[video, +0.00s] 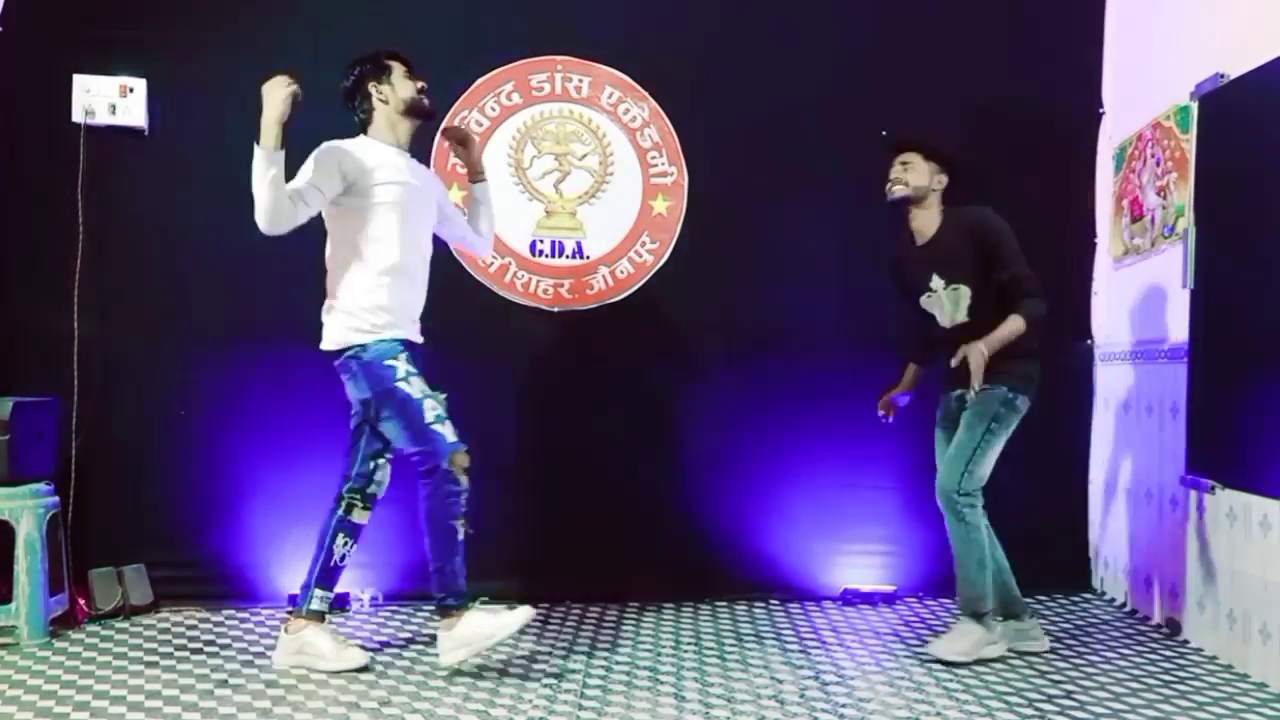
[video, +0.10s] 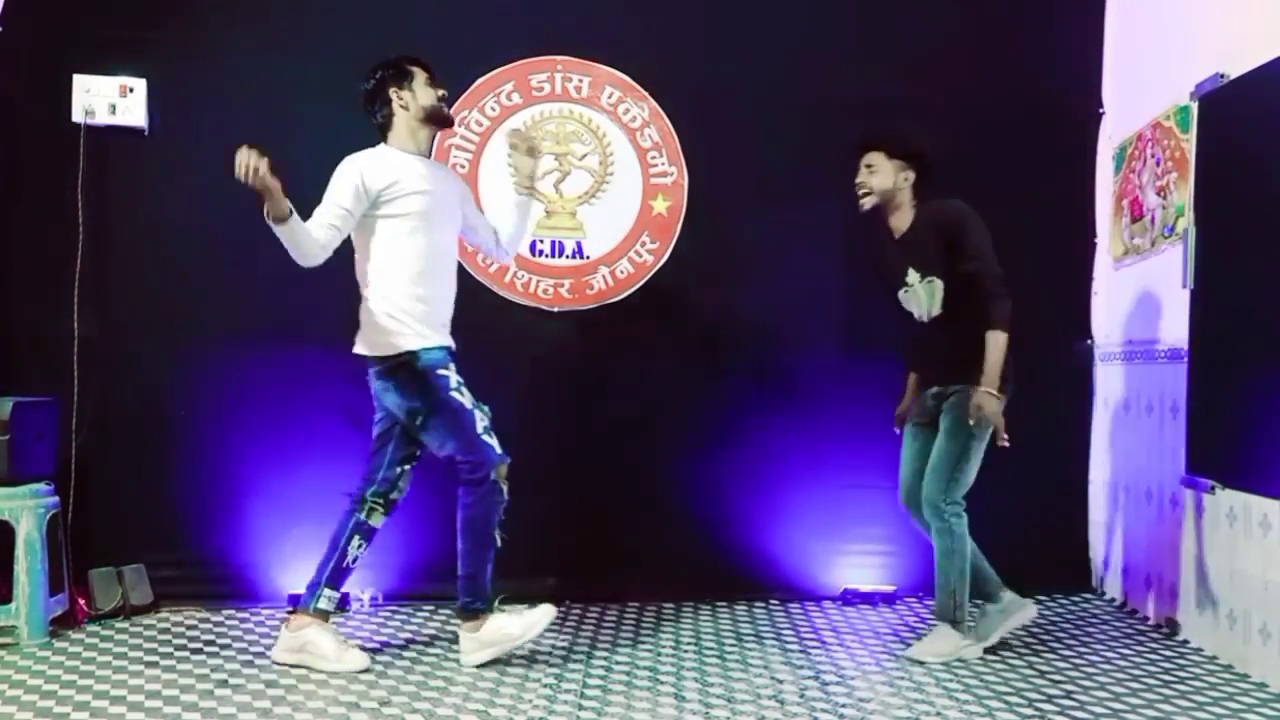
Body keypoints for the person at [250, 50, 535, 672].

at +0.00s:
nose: (422, 88)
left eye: (420, 80)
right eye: (408, 78)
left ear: (405, 96)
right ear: (374, 91)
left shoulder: (424, 180)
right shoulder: (345, 155)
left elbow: (479, 240)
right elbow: (273, 217)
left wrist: (473, 171)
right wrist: (271, 125)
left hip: (399, 340)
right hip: (362, 338)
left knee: (365, 480)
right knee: (446, 458)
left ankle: (304, 624)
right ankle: (455, 619)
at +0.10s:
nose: (442, 94)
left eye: (440, 87)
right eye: (430, 84)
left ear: (420, 103)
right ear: (395, 97)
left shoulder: (451, 180)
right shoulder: (364, 167)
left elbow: (499, 244)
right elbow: (312, 248)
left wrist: (528, 180)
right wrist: (274, 199)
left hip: (426, 342)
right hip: (399, 343)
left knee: (381, 490)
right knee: (484, 464)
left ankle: (306, 622)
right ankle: (478, 623)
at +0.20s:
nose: (466, 100)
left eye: (463, 90)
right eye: (455, 88)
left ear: (431, 98)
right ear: (422, 96)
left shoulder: (470, 177)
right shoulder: (394, 174)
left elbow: (523, 244)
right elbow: (358, 251)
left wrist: (577, 217)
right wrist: (306, 281)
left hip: (460, 355)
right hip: (448, 357)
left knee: (436, 493)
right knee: (510, 477)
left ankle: (332, 605)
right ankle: (488, 629)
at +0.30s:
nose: (492, 104)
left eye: (490, 94)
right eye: (483, 94)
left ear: (465, 106)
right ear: (451, 103)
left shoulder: (489, 174)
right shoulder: (426, 180)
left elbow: (539, 235)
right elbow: (404, 270)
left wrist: (600, 273)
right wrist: (365, 355)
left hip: (504, 361)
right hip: (480, 367)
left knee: (516, 482)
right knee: (533, 483)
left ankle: (405, 573)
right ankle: (494, 630)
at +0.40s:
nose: (520, 111)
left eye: (517, 101)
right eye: (511, 100)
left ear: (482, 112)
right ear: (478, 110)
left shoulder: (507, 180)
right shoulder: (456, 189)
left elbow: (549, 254)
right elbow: (455, 289)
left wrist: (597, 316)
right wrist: (451, 386)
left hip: (540, 363)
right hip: (510, 370)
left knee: (583, 471)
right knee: (553, 488)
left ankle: (495, 587)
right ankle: (496, 629)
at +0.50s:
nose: (543, 115)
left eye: (541, 105)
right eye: (536, 104)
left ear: (505, 111)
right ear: (505, 110)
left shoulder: (531, 179)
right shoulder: (482, 190)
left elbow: (556, 269)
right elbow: (497, 294)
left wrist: (590, 337)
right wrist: (534, 379)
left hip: (571, 358)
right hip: (535, 365)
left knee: (607, 474)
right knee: (560, 488)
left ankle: (583, 606)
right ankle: (493, 628)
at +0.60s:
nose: (565, 117)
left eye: (564, 106)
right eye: (557, 106)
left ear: (528, 115)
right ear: (526, 113)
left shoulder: (548, 174)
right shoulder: (505, 187)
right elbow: (522, 289)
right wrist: (596, 344)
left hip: (592, 353)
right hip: (554, 359)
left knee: (617, 477)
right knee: (575, 484)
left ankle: (599, 607)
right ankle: (498, 621)